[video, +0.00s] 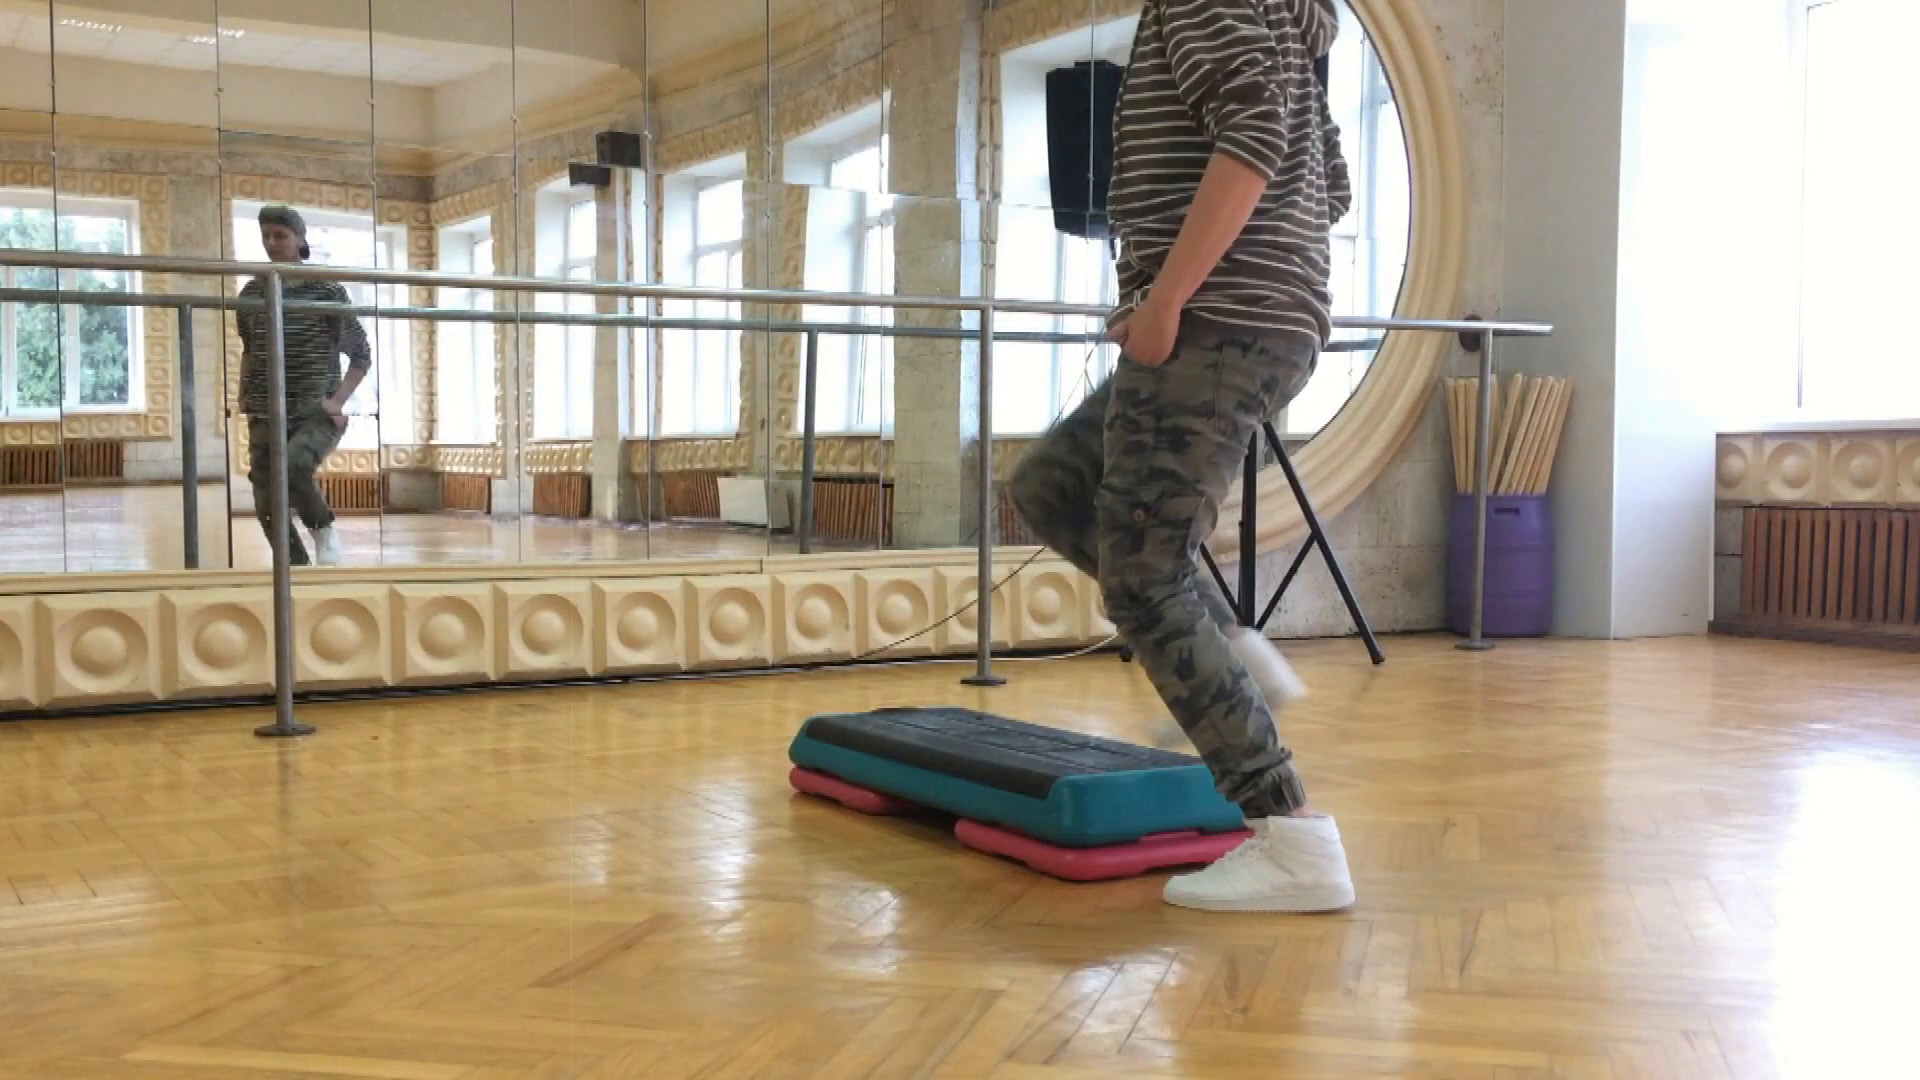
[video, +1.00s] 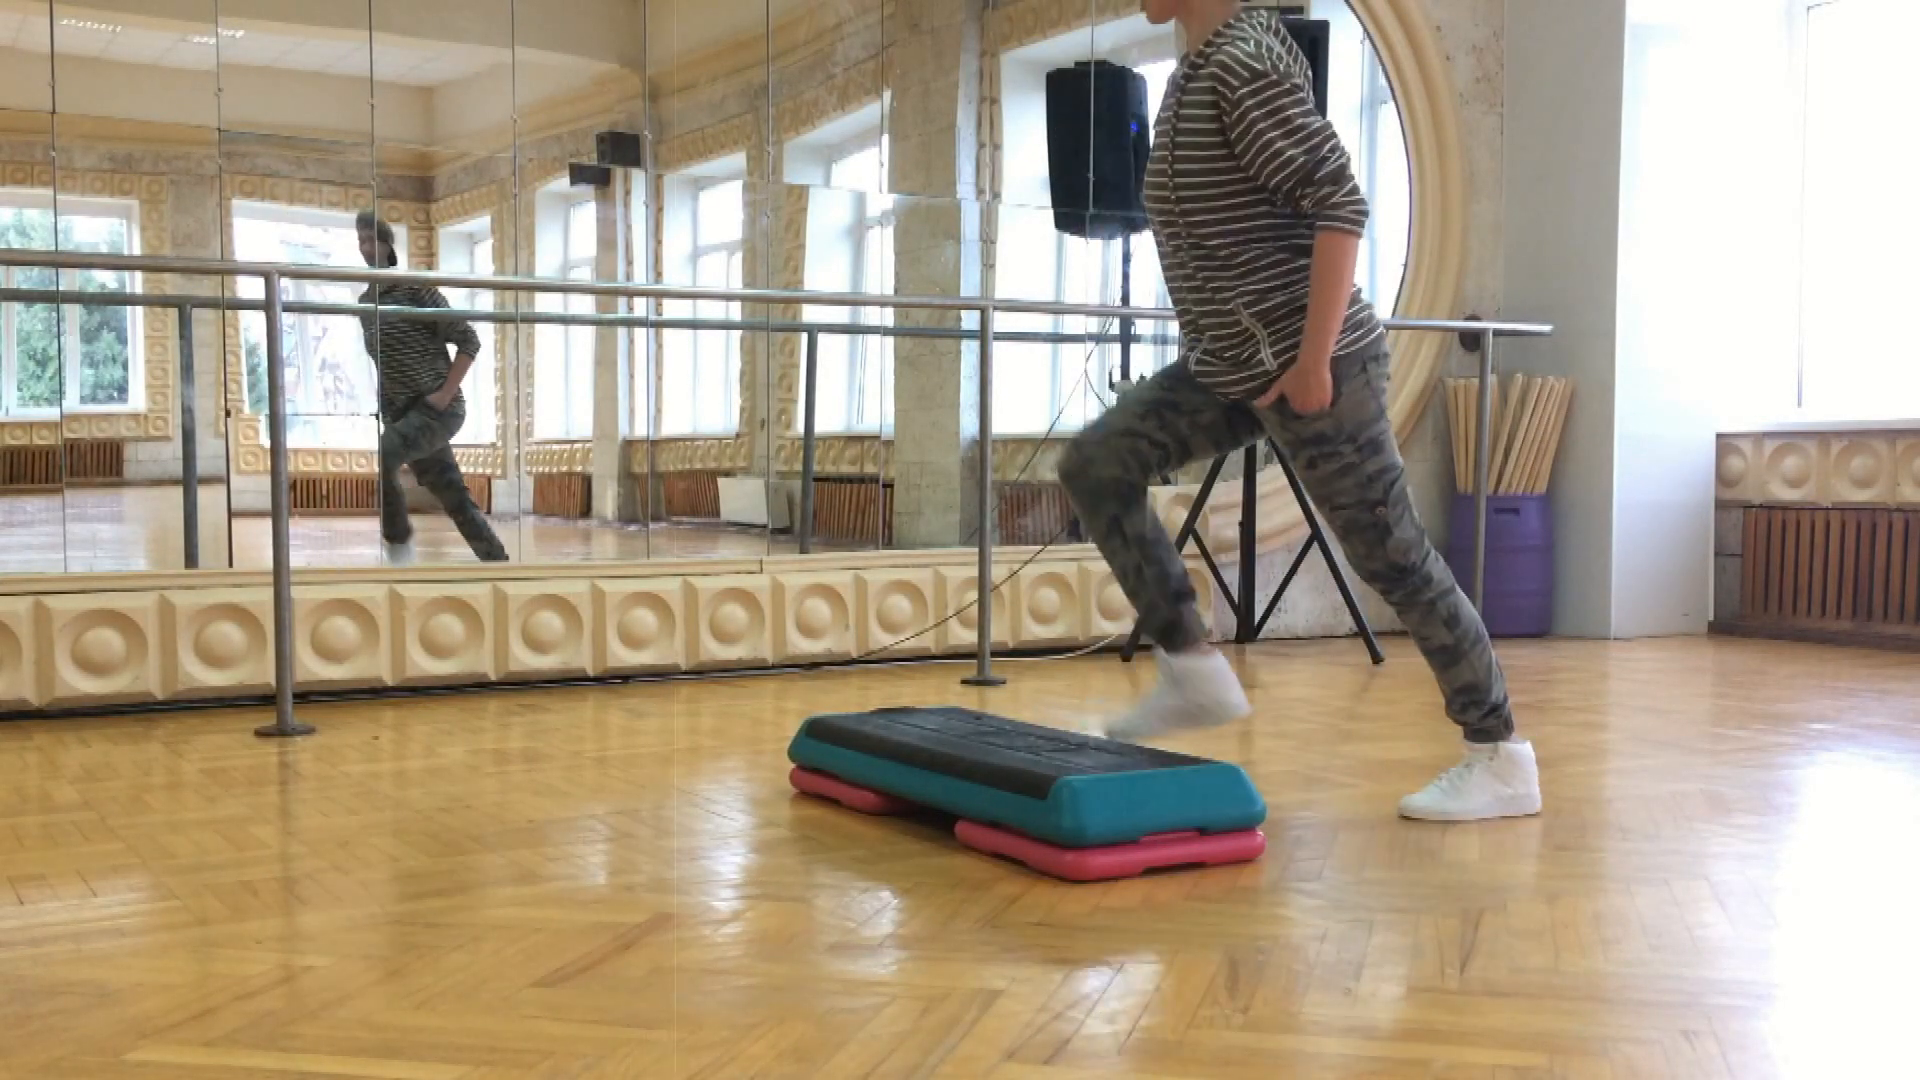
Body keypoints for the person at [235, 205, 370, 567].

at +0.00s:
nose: (272, 244)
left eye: (280, 236)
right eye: (267, 237)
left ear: (301, 240)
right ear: (262, 241)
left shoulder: (325, 291)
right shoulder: (251, 292)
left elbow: (361, 355)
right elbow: (249, 349)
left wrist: (338, 400)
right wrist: (244, 393)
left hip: (315, 410)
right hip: (264, 414)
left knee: (292, 466)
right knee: (268, 508)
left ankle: (323, 529)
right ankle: (300, 574)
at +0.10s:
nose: (272, 230)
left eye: (280, 223)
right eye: (266, 224)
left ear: (301, 227)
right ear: (262, 230)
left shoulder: (327, 275)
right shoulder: (258, 279)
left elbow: (368, 335)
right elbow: (260, 330)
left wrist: (344, 384)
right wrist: (258, 384)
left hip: (322, 393)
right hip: (275, 397)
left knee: (298, 448)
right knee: (278, 484)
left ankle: (325, 532)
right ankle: (297, 566)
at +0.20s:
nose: (271, 210)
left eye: (278, 203)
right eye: (265, 204)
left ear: (299, 206)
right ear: (262, 211)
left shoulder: (327, 255)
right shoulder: (263, 261)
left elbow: (370, 311)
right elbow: (271, 313)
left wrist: (351, 361)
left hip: (334, 369)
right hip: (292, 373)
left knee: (313, 452)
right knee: (301, 458)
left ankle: (340, 541)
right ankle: (303, 547)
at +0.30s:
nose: (274, 205)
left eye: (281, 198)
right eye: (269, 200)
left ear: (303, 200)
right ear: (267, 207)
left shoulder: (327, 250)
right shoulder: (273, 257)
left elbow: (368, 303)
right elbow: (281, 316)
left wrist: (358, 360)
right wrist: (284, 365)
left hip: (344, 367)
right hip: (304, 370)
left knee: (328, 455)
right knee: (324, 457)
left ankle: (335, 545)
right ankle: (335, 543)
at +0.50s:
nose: (288, 215)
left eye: (296, 207)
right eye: (284, 208)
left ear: (320, 210)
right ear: (284, 215)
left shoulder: (343, 258)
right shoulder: (292, 265)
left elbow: (381, 314)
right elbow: (301, 323)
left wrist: (364, 362)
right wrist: (318, 364)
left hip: (362, 379)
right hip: (329, 381)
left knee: (337, 463)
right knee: (376, 464)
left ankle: (343, 554)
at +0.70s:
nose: (321, 226)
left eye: (329, 218)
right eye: (316, 220)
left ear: (351, 222)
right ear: (313, 225)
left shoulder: (363, 268)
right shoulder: (321, 275)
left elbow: (412, 328)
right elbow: (330, 333)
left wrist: (387, 381)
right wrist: (345, 371)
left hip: (391, 391)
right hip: (362, 395)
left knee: (349, 464)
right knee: (410, 479)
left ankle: (344, 557)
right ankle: (463, 555)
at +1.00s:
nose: (367, 249)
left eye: (372, 241)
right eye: (362, 242)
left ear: (387, 244)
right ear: (358, 247)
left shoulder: (416, 291)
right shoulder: (366, 300)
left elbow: (469, 340)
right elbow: (386, 356)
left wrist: (445, 393)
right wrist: (387, 398)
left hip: (437, 406)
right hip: (398, 411)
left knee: (389, 451)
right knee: (454, 498)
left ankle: (399, 550)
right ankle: (499, 565)